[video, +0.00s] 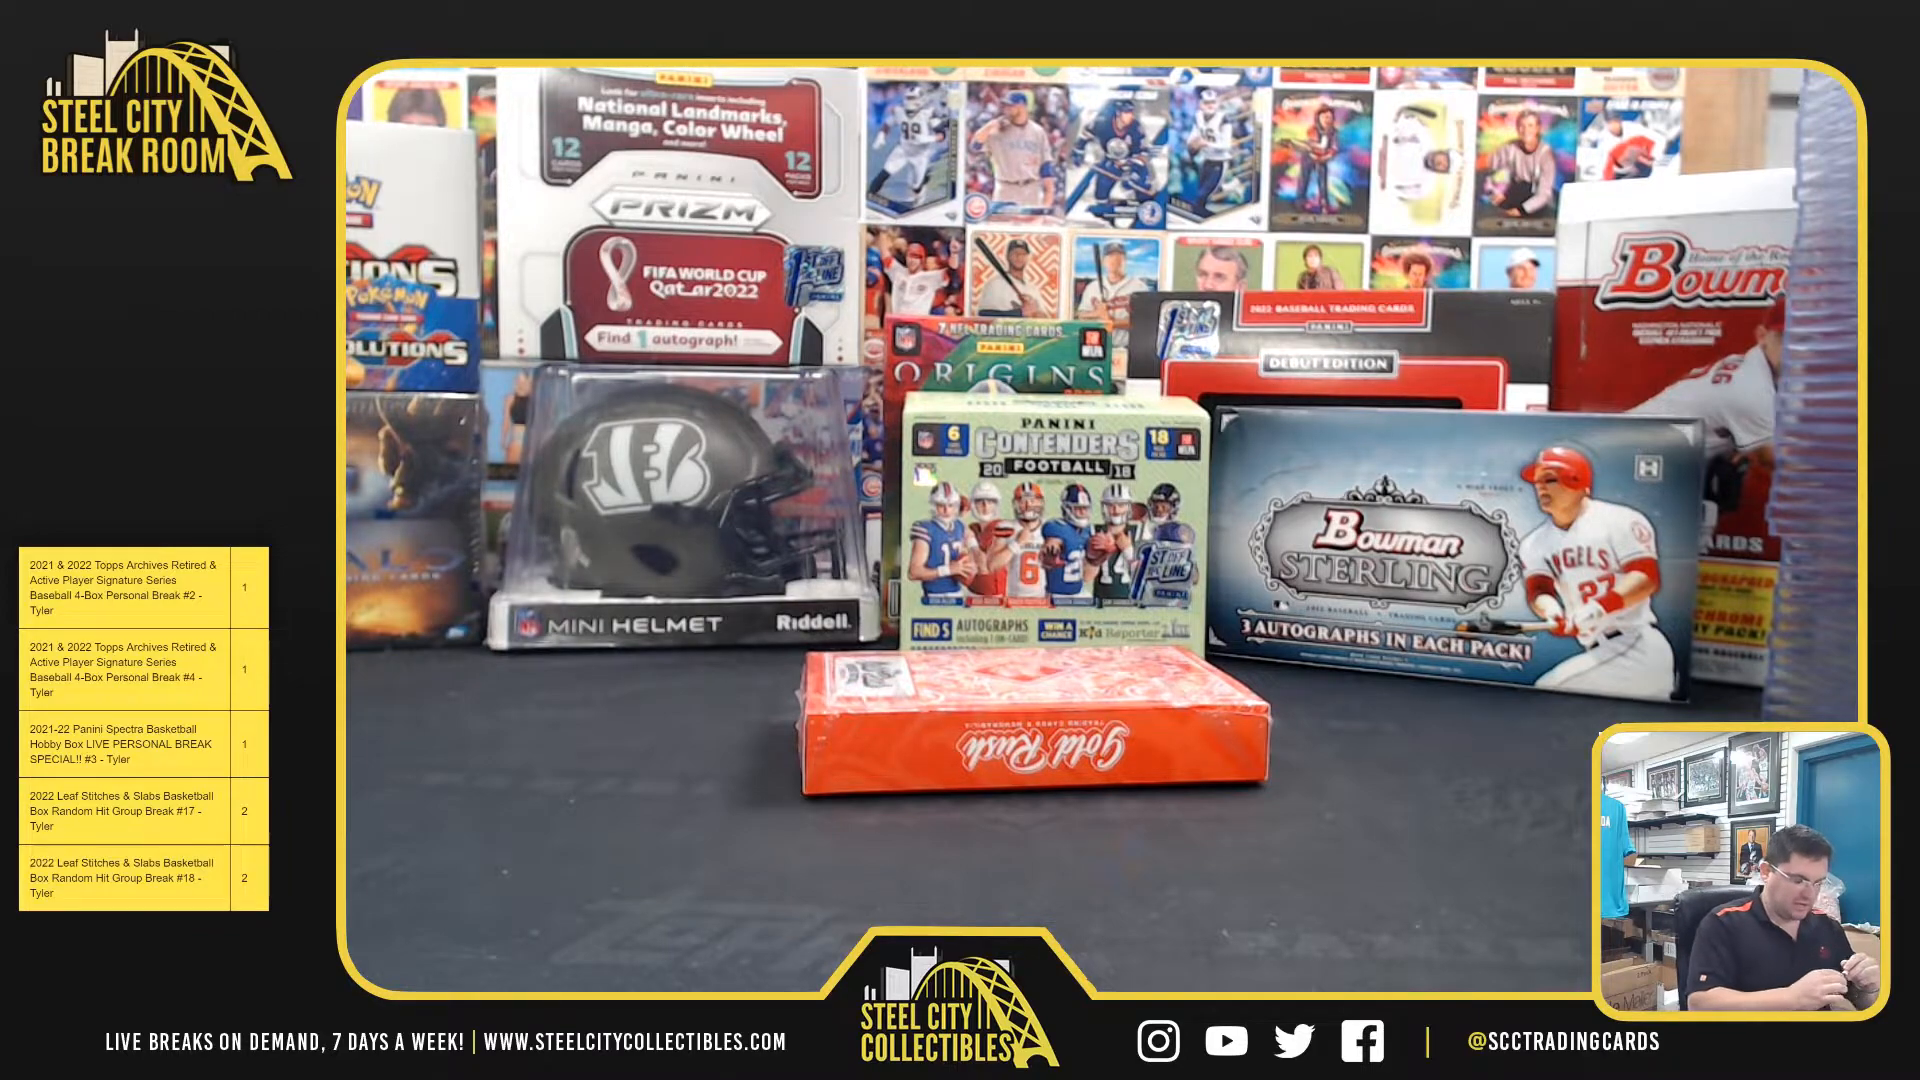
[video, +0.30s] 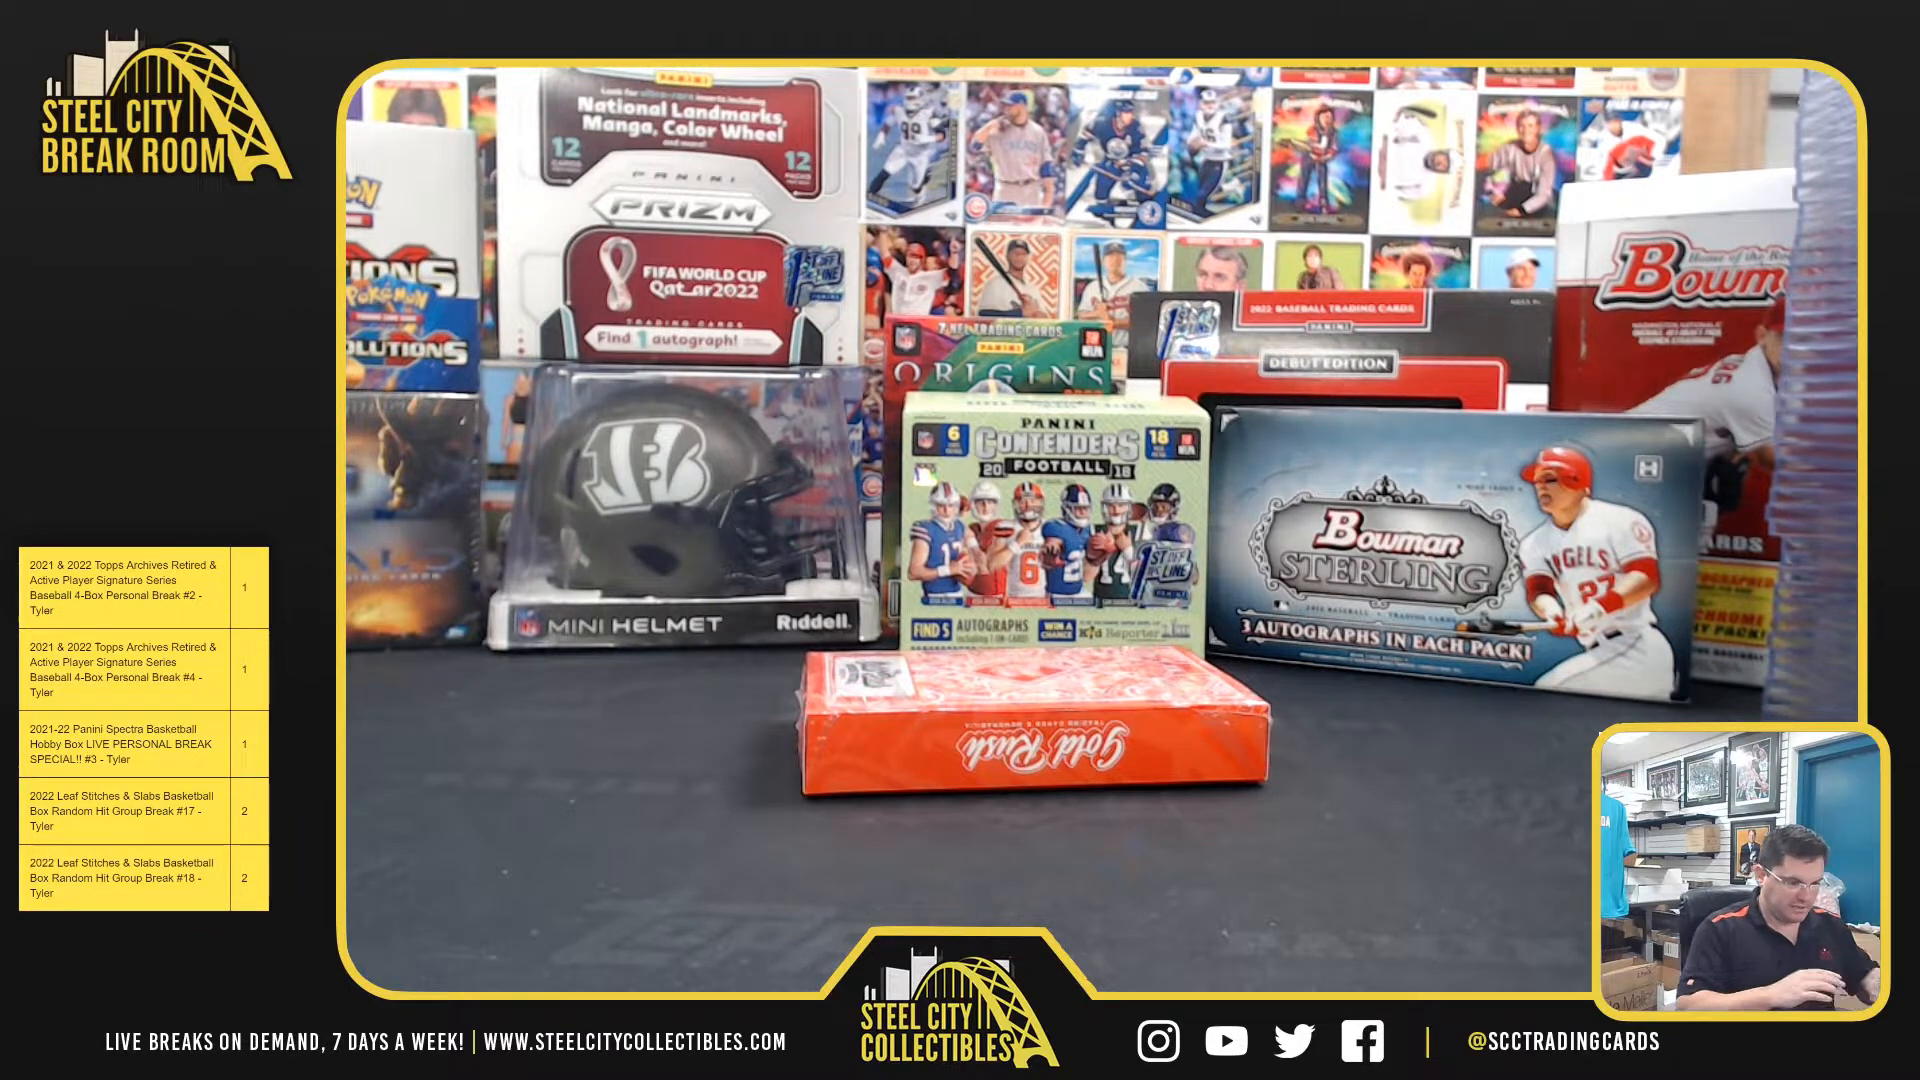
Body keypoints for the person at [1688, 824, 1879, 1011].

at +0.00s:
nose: (1809, 894)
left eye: (1818, 883)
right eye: (1798, 880)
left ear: (1823, 881)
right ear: (1766, 872)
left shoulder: (1828, 929)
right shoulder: (1721, 925)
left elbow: (1859, 1005)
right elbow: (1700, 1001)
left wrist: (1867, 987)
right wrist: (1791, 997)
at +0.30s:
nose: (1806, 896)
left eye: (1814, 884)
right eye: (1793, 882)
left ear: (1821, 880)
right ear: (1761, 875)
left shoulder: (1830, 927)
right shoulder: (1718, 930)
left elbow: (1866, 976)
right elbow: (1688, 1004)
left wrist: (1880, 990)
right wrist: (1771, 995)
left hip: (1823, 1049)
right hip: (1742, 1052)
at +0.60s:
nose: (1828, 919)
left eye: (1835, 903)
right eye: (1811, 904)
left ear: (1840, 894)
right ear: (1768, 894)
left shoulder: (1837, 932)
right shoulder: (1720, 956)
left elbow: (1872, 969)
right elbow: (1687, 1023)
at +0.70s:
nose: (1837, 928)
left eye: (1845, 910)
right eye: (1819, 912)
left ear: (1851, 901)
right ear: (1772, 900)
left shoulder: (1845, 936)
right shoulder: (1728, 958)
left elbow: (1895, 977)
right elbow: (1706, 1026)